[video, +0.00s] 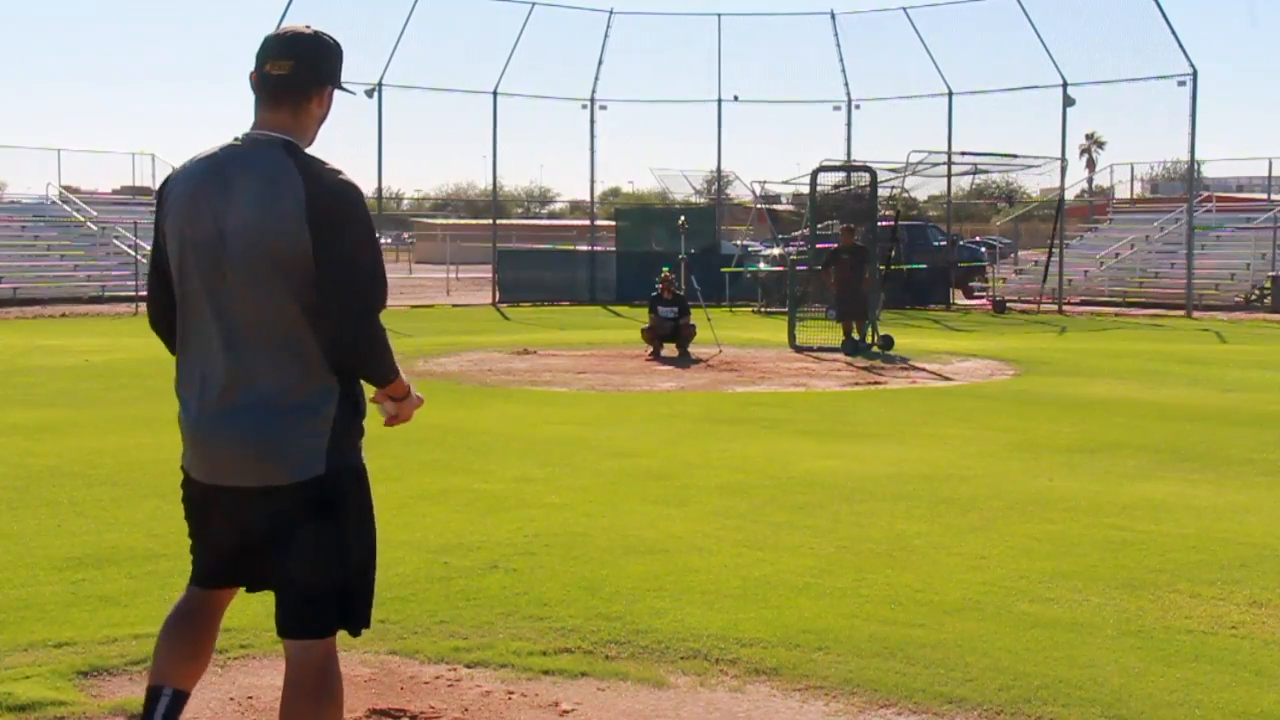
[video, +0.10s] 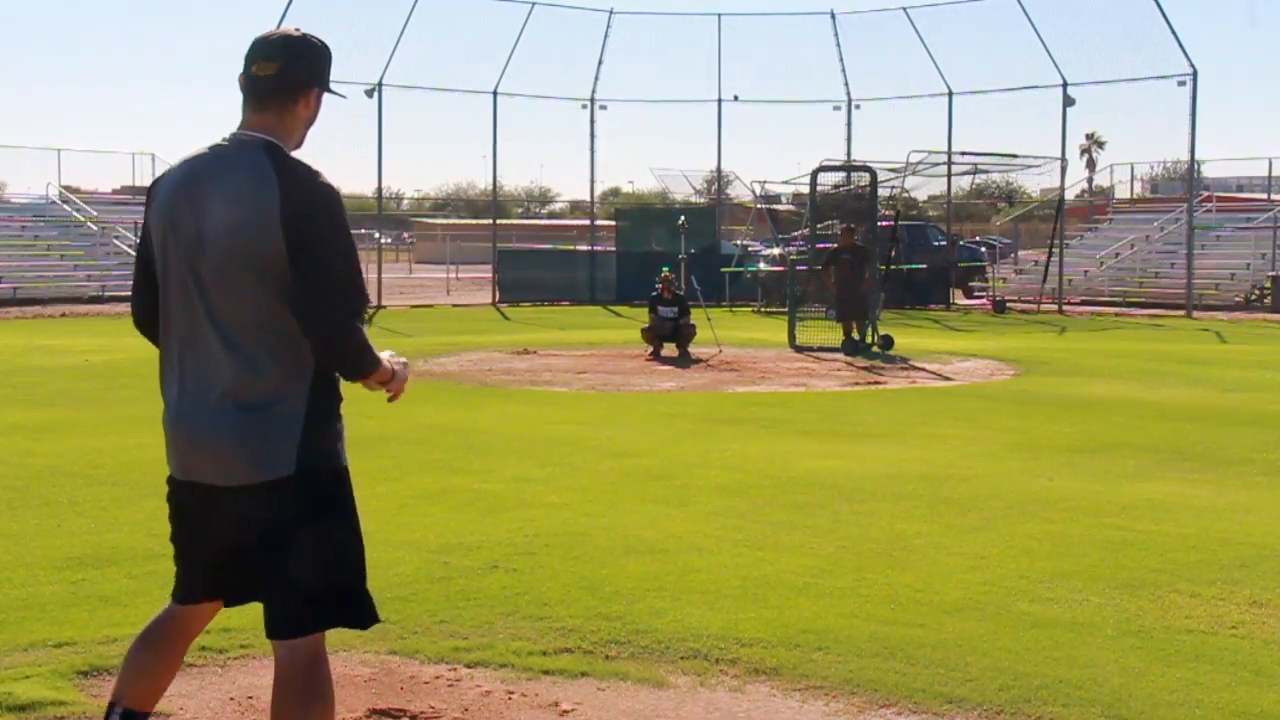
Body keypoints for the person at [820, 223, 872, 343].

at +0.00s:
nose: (845, 239)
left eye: (848, 236)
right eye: (843, 235)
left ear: (853, 236)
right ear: (840, 236)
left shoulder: (862, 250)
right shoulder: (835, 252)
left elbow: (870, 267)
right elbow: (825, 268)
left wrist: (868, 280)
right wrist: (831, 283)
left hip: (858, 287)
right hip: (842, 287)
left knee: (860, 316)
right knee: (845, 316)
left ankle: (862, 339)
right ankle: (847, 340)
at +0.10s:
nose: (846, 239)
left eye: (849, 236)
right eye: (844, 236)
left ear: (853, 236)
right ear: (841, 236)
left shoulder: (862, 251)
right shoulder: (835, 252)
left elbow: (870, 267)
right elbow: (825, 269)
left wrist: (868, 280)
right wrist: (831, 284)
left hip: (858, 286)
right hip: (842, 287)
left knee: (860, 316)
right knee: (845, 316)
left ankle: (862, 339)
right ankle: (847, 340)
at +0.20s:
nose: (845, 239)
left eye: (848, 236)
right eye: (843, 236)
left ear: (853, 236)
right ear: (840, 236)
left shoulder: (861, 250)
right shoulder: (835, 251)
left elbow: (870, 267)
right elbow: (825, 268)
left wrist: (867, 280)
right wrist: (830, 282)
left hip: (858, 286)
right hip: (842, 287)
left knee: (860, 316)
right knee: (845, 316)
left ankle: (862, 338)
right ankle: (847, 340)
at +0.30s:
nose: (843, 239)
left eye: (846, 235)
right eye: (842, 235)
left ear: (853, 236)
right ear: (840, 236)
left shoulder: (862, 250)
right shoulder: (835, 251)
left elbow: (870, 267)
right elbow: (825, 267)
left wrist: (868, 280)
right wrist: (830, 282)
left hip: (859, 286)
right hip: (842, 286)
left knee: (860, 315)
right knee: (845, 316)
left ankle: (862, 338)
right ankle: (847, 339)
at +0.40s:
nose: (845, 239)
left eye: (848, 236)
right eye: (843, 235)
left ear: (853, 236)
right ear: (840, 237)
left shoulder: (862, 251)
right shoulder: (835, 252)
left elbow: (870, 268)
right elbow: (825, 268)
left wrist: (867, 281)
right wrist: (830, 283)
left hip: (859, 286)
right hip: (842, 287)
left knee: (860, 316)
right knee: (845, 316)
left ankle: (862, 338)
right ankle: (847, 339)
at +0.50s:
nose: (845, 239)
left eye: (848, 236)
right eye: (843, 236)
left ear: (853, 237)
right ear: (840, 237)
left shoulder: (862, 251)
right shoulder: (835, 252)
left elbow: (870, 268)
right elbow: (824, 268)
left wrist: (868, 281)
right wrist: (830, 283)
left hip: (859, 286)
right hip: (842, 287)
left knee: (861, 316)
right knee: (845, 316)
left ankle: (862, 339)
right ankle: (847, 340)